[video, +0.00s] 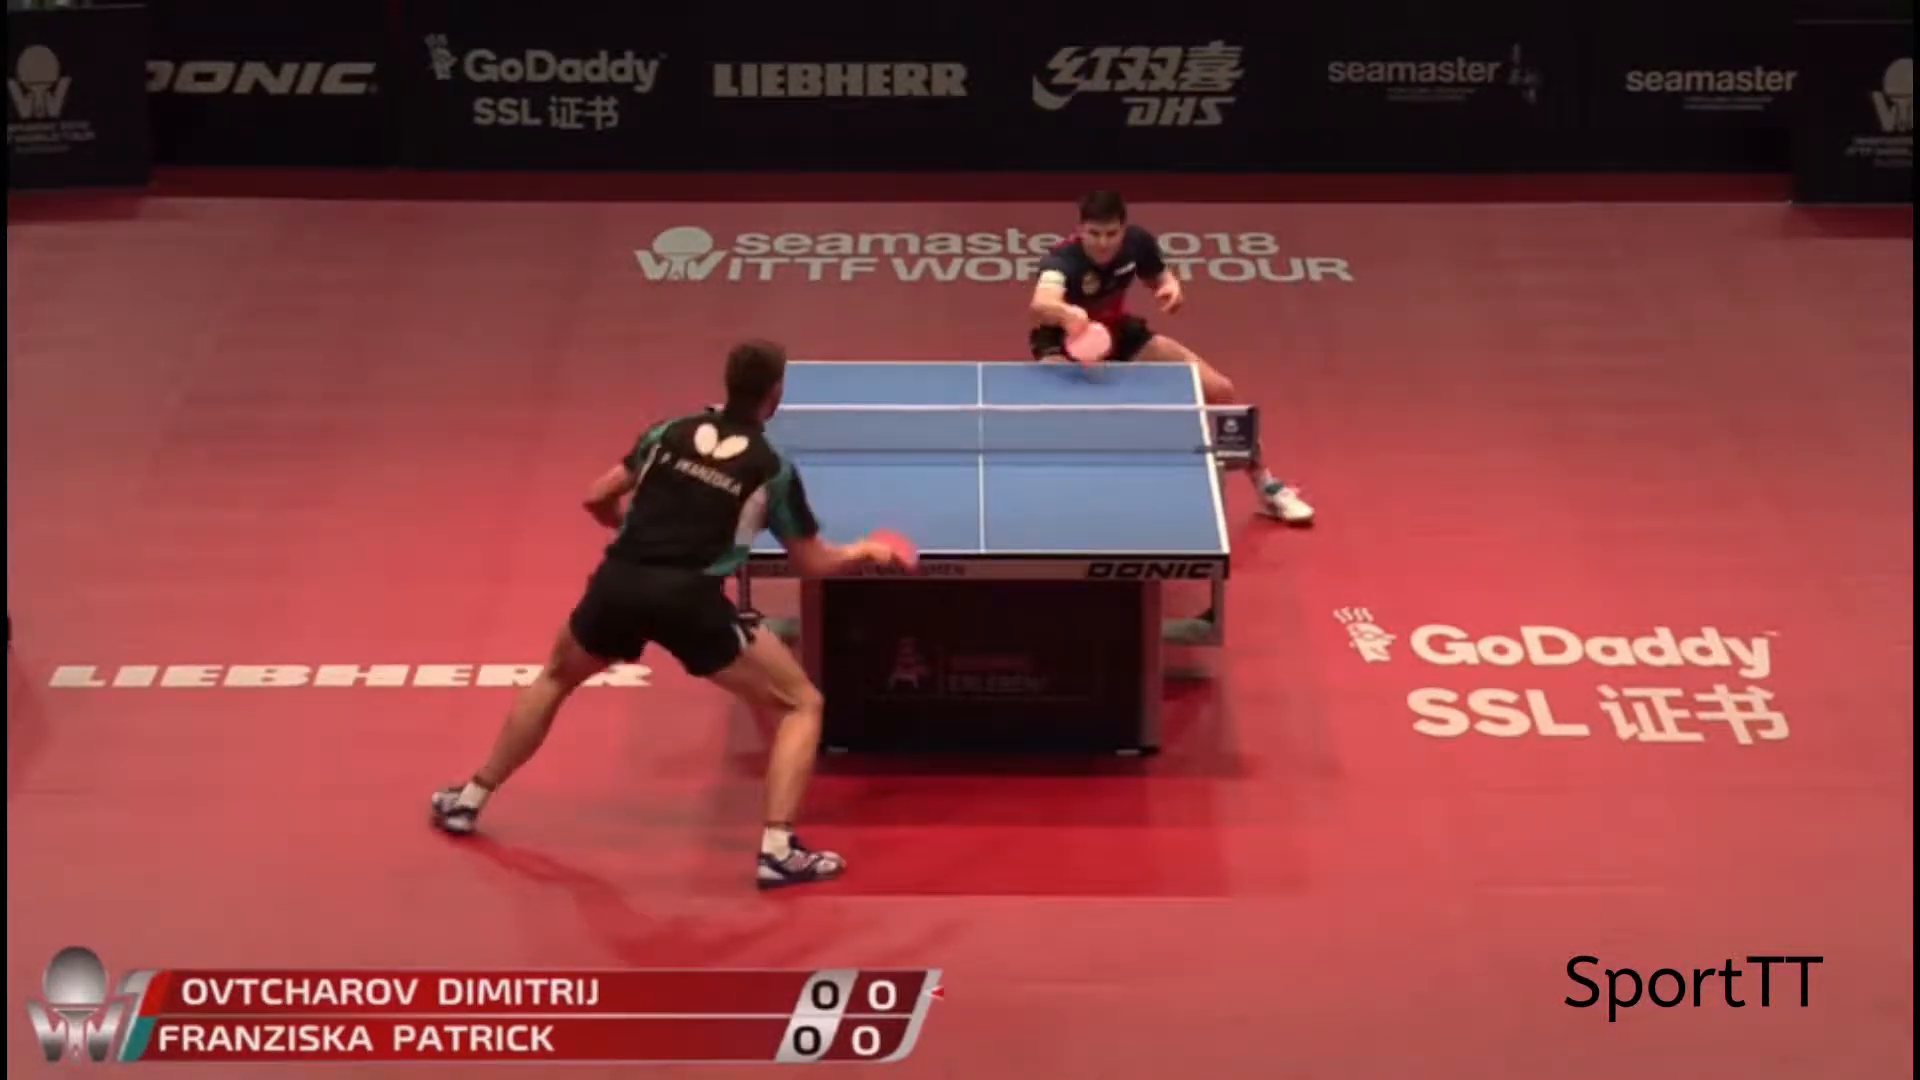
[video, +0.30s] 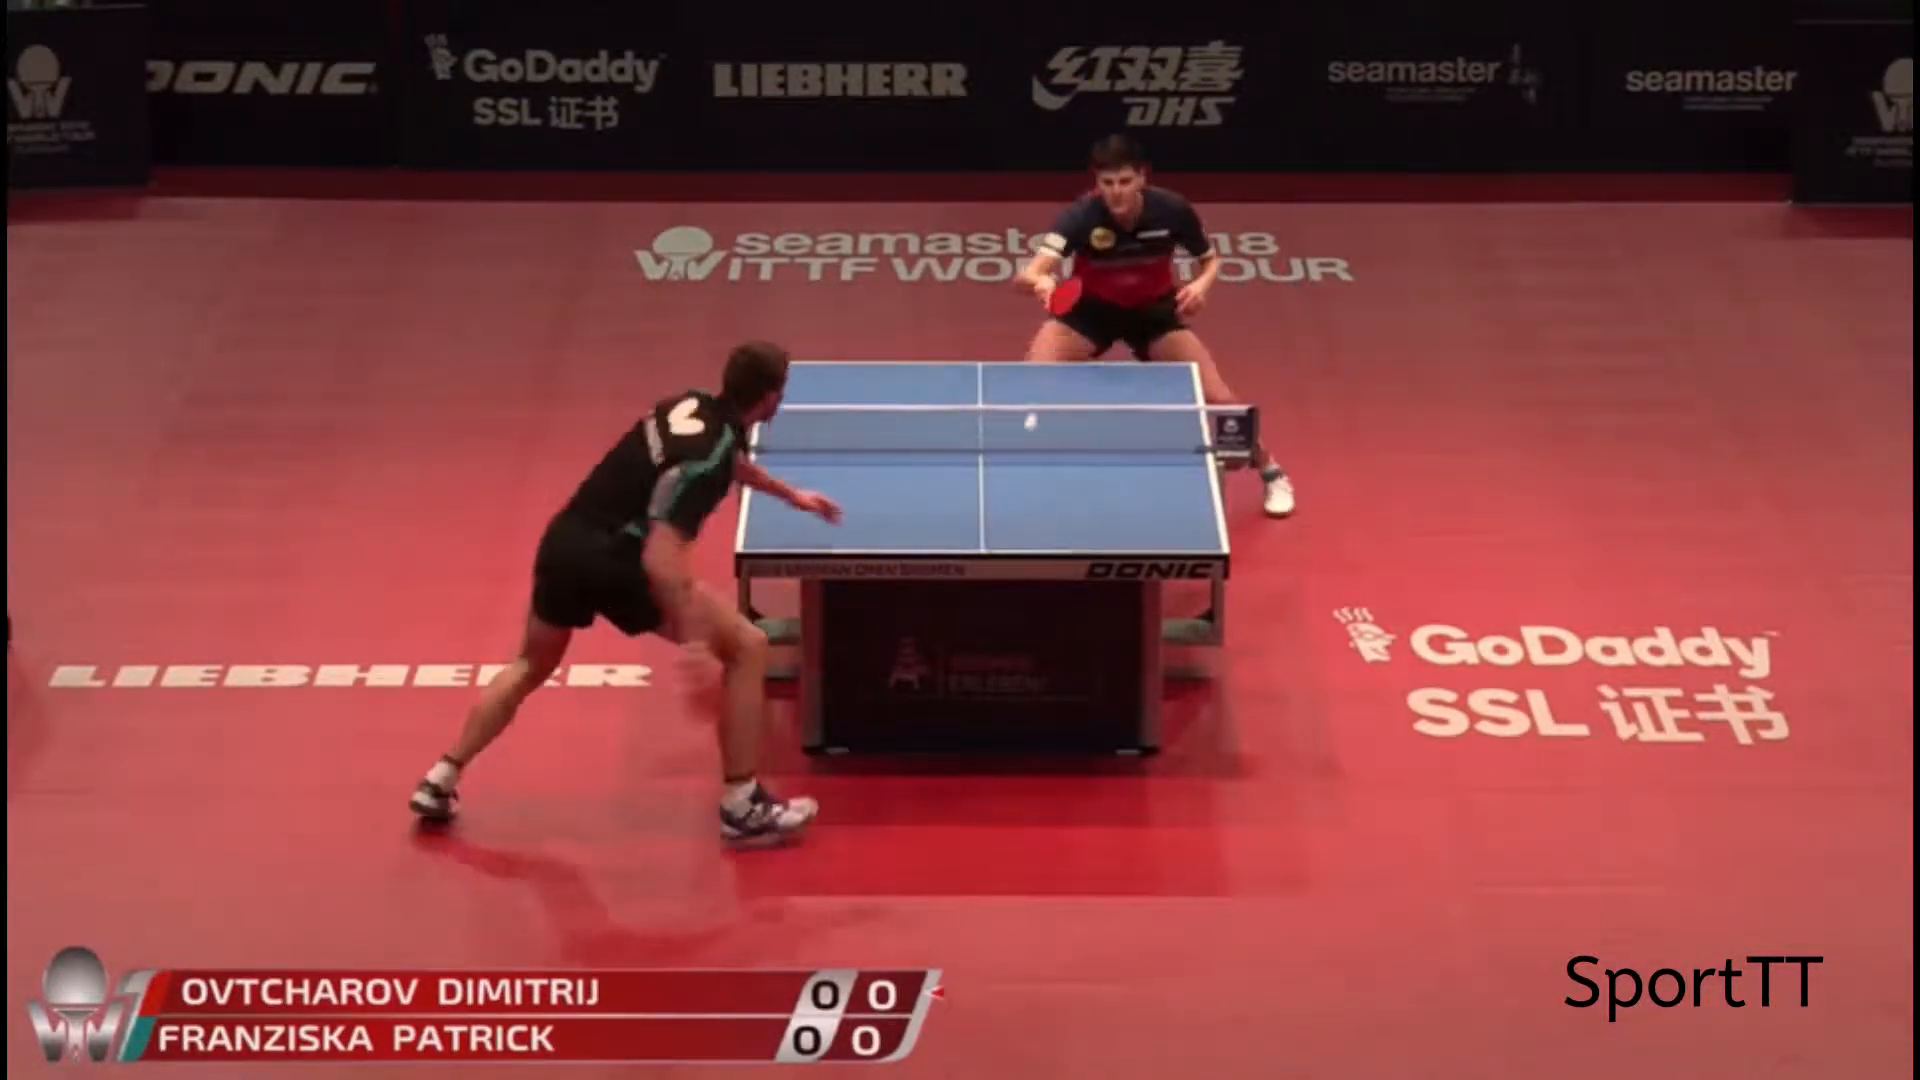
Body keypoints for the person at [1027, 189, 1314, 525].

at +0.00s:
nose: (1103, 243)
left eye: (1110, 234)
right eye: (1094, 234)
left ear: (1122, 228)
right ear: (1080, 230)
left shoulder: (1137, 244)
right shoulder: (1064, 257)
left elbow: (1162, 280)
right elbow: (1040, 304)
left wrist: (1171, 292)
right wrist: (1068, 315)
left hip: (1116, 332)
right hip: (1063, 339)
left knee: (1219, 389)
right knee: (1058, 403)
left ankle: (1266, 486)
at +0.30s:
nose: (1116, 192)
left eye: (1125, 181)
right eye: (1108, 183)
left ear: (1142, 177)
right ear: (1096, 183)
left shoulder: (1173, 212)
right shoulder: (1082, 216)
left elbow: (1209, 259)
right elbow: (1034, 270)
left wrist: (1201, 285)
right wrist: (1041, 281)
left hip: (1154, 312)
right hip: (1092, 312)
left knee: (1215, 394)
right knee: (1034, 378)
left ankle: (1272, 475)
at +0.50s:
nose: (1097, 181)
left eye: (1105, 171)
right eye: (1089, 172)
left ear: (1123, 167)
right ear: (1079, 173)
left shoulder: (1159, 204)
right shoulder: (1068, 210)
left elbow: (1205, 250)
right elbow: (1016, 261)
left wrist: (1185, 264)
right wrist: (1033, 267)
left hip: (1146, 315)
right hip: (1081, 314)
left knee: (1202, 393)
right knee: (1020, 382)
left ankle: (1273, 475)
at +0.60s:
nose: (1066, 165)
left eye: (1074, 155)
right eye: (1058, 157)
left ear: (1091, 152)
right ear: (1047, 159)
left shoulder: (1124, 185)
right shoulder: (1039, 194)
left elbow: (1173, 239)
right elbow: (988, 248)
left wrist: (1135, 247)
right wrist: (1005, 252)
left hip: (1121, 293)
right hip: (1055, 291)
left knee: (1189, 370)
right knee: (972, 351)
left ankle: (1256, 468)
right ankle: (961, 462)